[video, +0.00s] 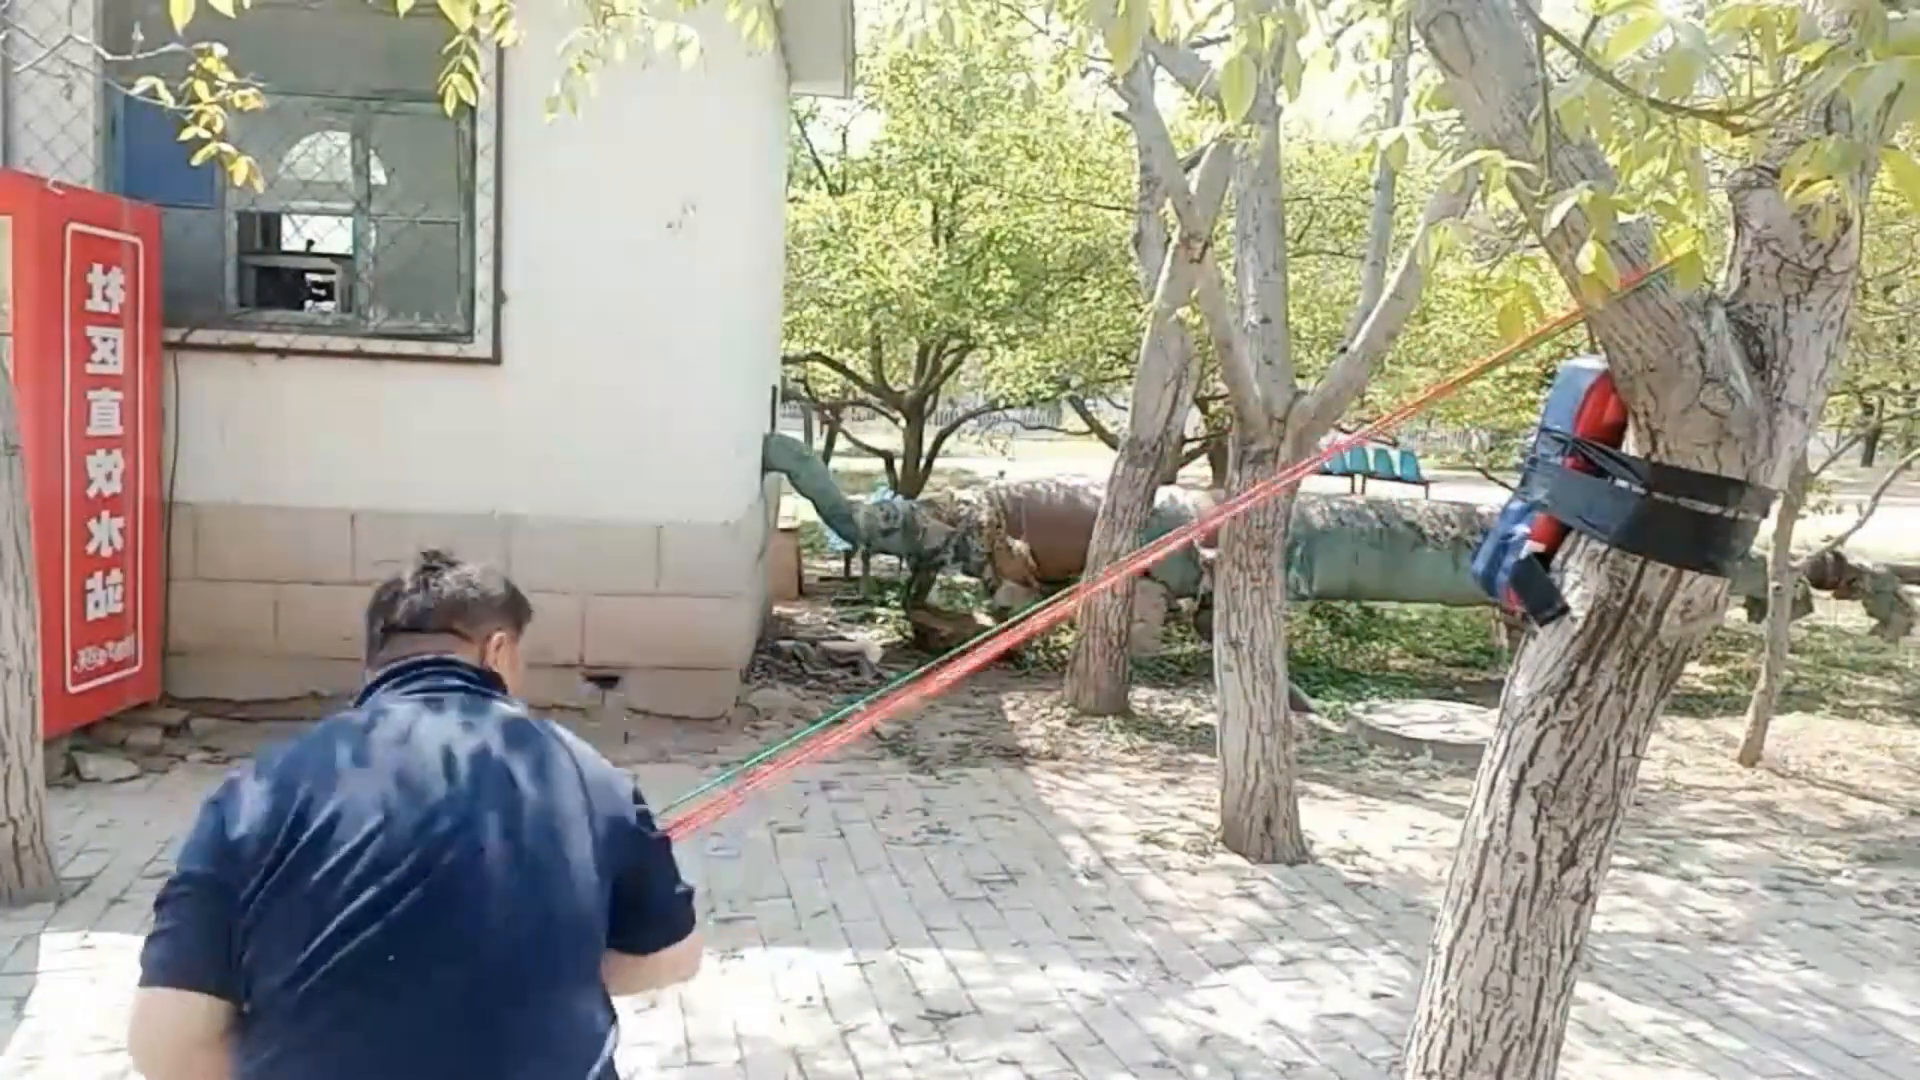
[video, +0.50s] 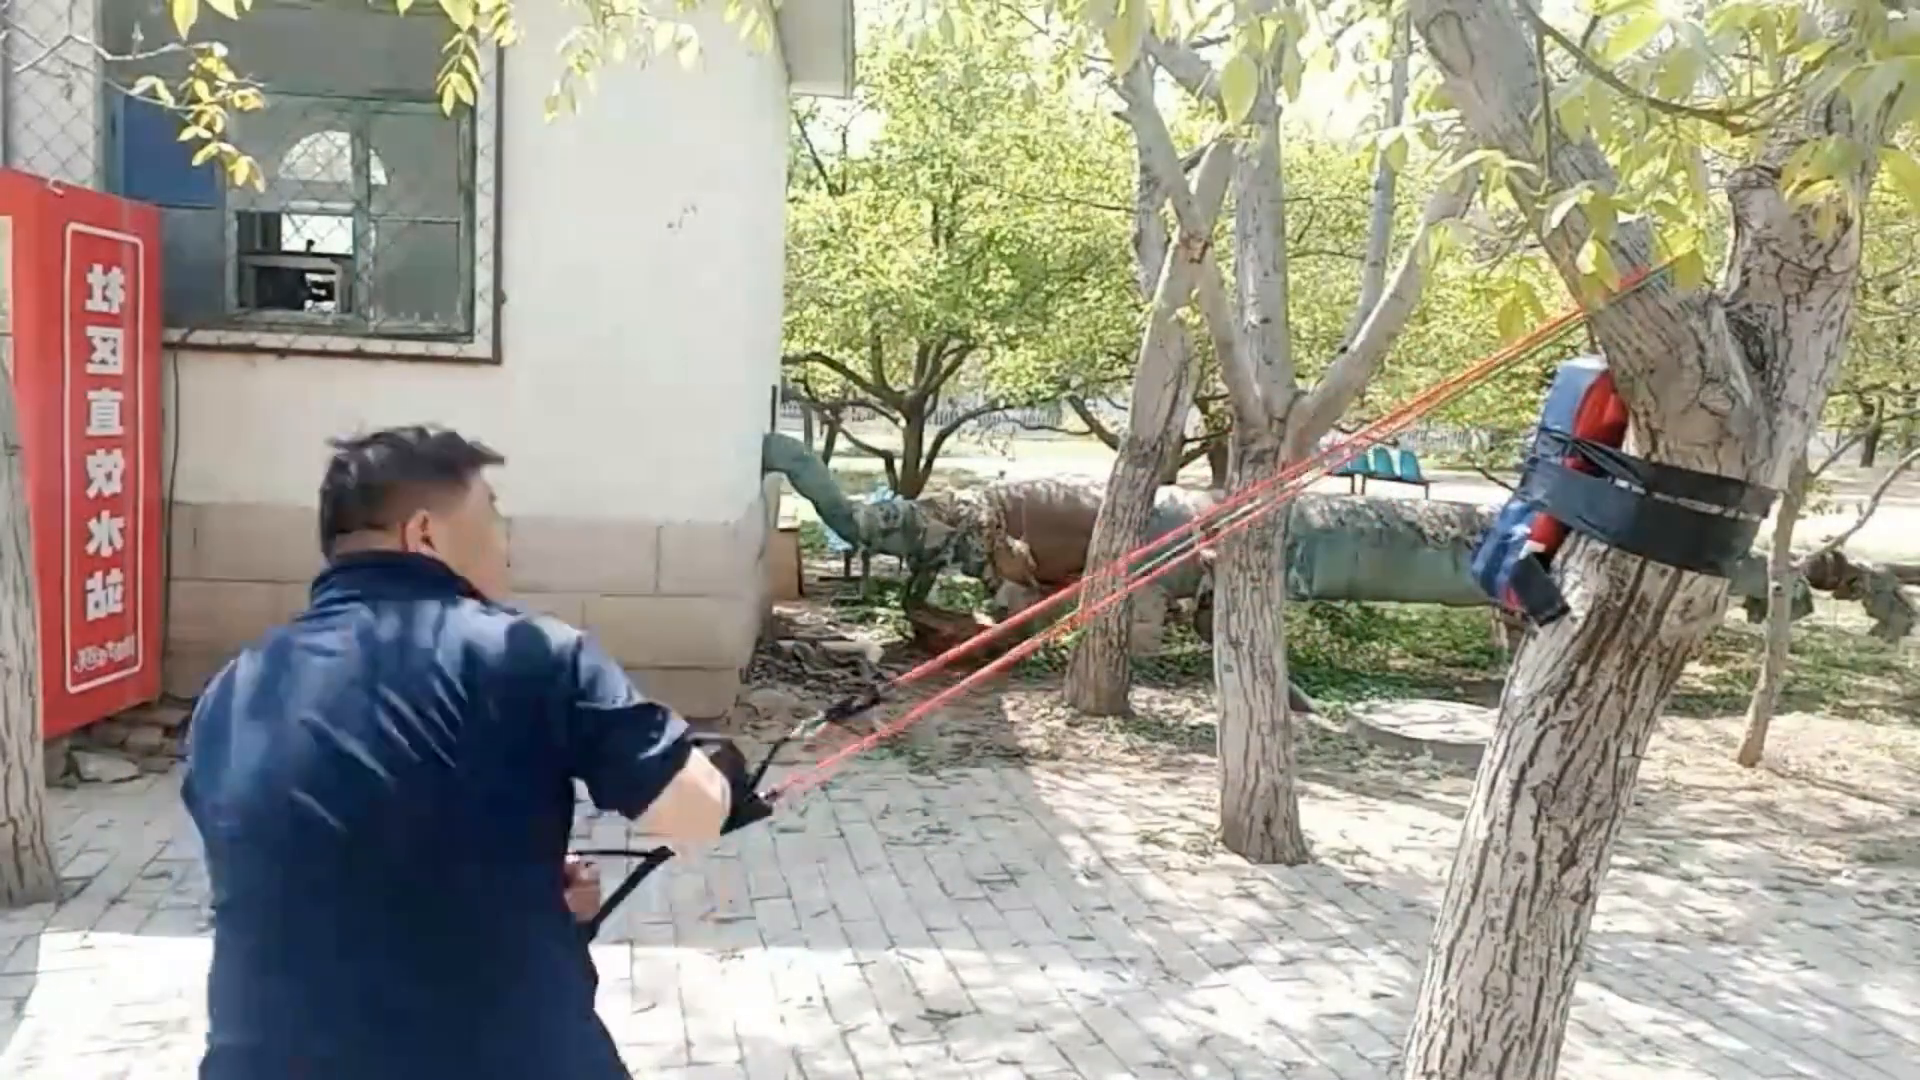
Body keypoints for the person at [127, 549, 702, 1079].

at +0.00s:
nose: (523, 677)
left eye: (523, 657)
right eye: (522, 656)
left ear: (375, 658)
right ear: (496, 651)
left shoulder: (259, 787)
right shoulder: (588, 778)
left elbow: (165, 1038)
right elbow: (669, 956)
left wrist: (289, 1019)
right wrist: (536, 955)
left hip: (321, 1064)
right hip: (543, 1067)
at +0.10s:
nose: (502, 715)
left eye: (500, 693)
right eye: (499, 691)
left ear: (347, 697)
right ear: (468, 676)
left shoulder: (236, 827)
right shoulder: (568, 799)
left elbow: (160, 1058)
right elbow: (657, 977)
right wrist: (530, 974)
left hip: (316, 1067)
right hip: (534, 1071)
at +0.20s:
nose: (508, 721)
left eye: (506, 698)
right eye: (505, 696)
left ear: (355, 701)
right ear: (474, 682)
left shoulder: (239, 833)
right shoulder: (569, 802)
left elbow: (170, 1059)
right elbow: (668, 977)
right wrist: (535, 991)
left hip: (316, 1066)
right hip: (538, 1070)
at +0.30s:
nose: (519, 710)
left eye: (517, 686)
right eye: (516, 684)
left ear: (367, 693)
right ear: (484, 675)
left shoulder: (240, 833)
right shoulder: (578, 797)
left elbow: (179, 1060)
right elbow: (680, 969)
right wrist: (537, 984)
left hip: (316, 1066)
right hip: (545, 1070)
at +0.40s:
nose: (520, 640)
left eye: (521, 612)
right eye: (515, 612)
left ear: (359, 628)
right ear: (468, 616)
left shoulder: (240, 780)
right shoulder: (577, 743)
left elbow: (216, 1039)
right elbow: (708, 905)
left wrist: (333, 966)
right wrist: (584, 906)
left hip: (316, 1063)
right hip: (542, 1061)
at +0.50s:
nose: (507, 547)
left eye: (500, 522)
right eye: (493, 521)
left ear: (341, 545)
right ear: (424, 535)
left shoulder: (229, 693)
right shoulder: (535, 656)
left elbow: (289, 893)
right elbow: (694, 815)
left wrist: (523, 887)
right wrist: (700, 761)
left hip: (271, 1065)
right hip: (511, 1065)